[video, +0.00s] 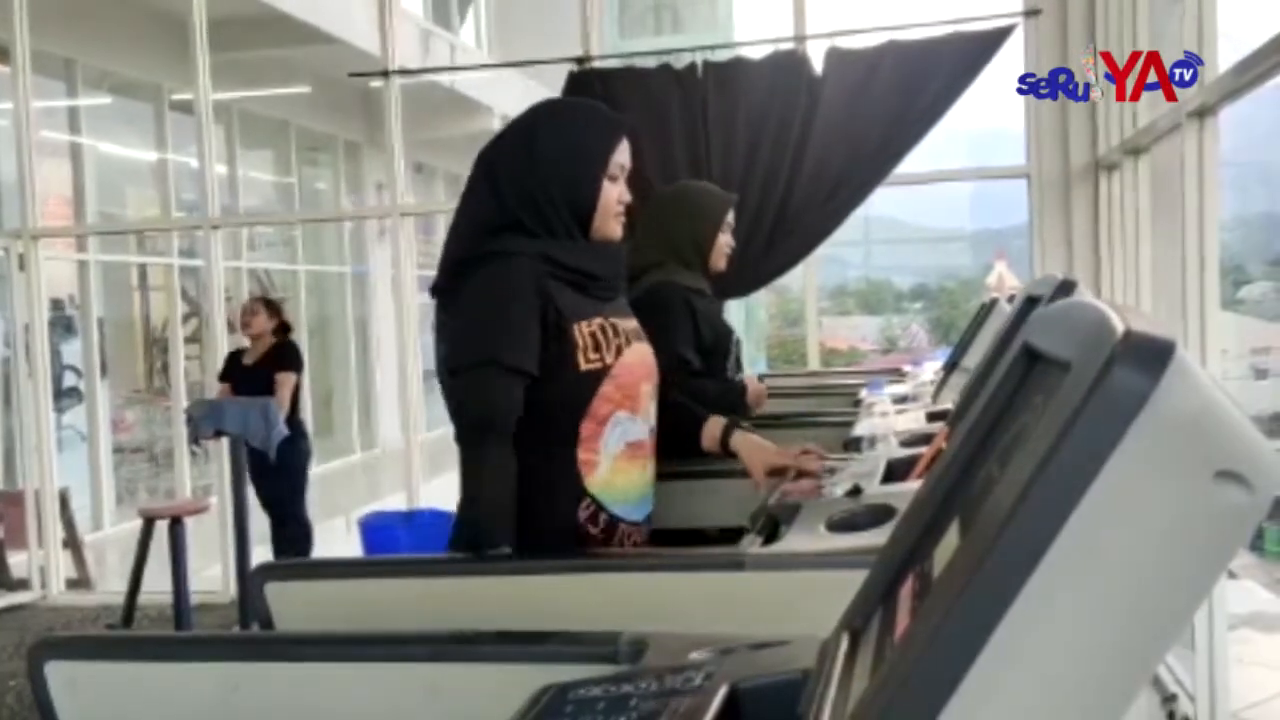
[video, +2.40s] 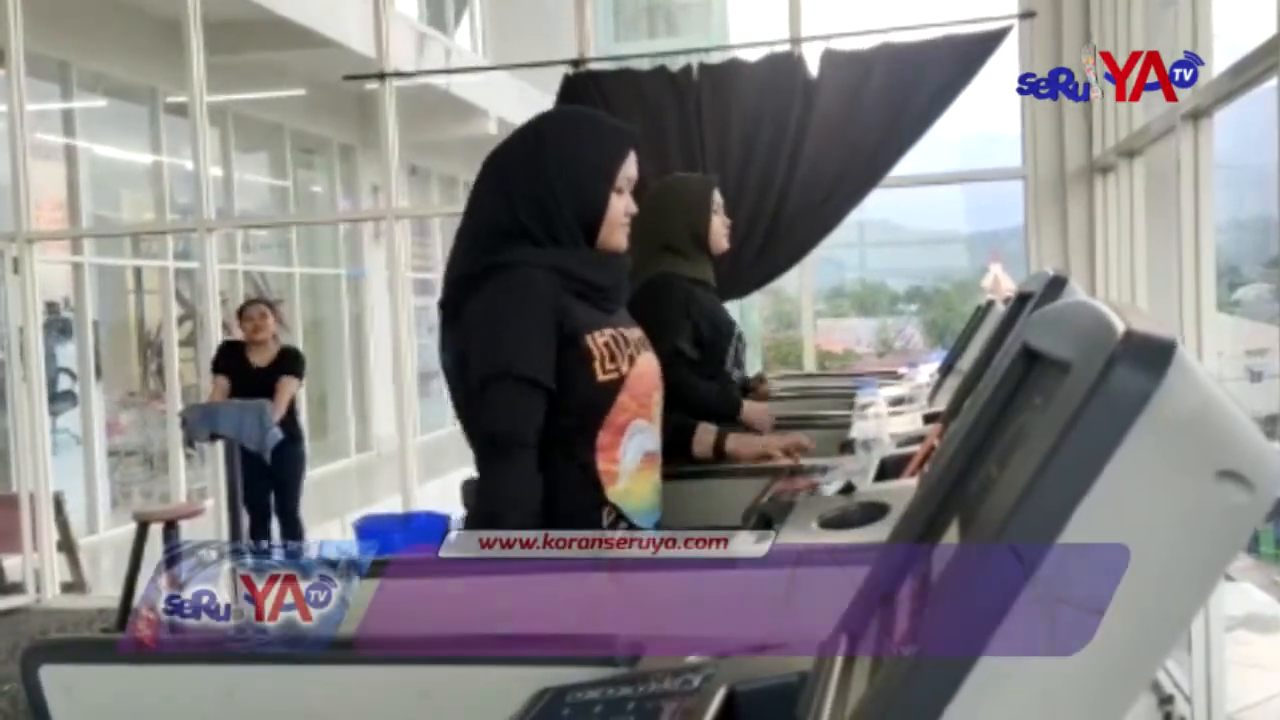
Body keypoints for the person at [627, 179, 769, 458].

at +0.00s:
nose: (731, 243)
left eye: (730, 232)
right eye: (724, 230)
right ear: (695, 230)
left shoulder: (688, 291)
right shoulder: (667, 295)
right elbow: (674, 387)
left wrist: (733, 388)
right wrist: (738, 396)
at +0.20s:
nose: (729, 234)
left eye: (729, 223)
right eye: (723, 222)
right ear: (692, 222)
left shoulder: (691, 286)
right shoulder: (660, 288)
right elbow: (660, 381)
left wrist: (737, 378)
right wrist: (727, 390)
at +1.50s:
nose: (713, 230)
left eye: (709, 220)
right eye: (702, 220)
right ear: (675, 229)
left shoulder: (692, 296)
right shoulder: (652, 299)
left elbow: (710, 400)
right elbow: (636, 393)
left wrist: (742, 369)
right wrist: (703, 412)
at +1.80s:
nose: (714, 220)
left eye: (709, 211)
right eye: (703, 211)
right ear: (677, 220)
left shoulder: (689, 287)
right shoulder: (658, 292)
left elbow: (690, 375)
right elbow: (656, 385)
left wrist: (738, 385)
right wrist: (729, 400)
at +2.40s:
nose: (727, 221)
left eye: (723, 211)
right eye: (716, 211)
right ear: (688, 219)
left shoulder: (688, 284)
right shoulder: (667, 289)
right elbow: (674, 380)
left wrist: (742, 386)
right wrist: (737, 407)